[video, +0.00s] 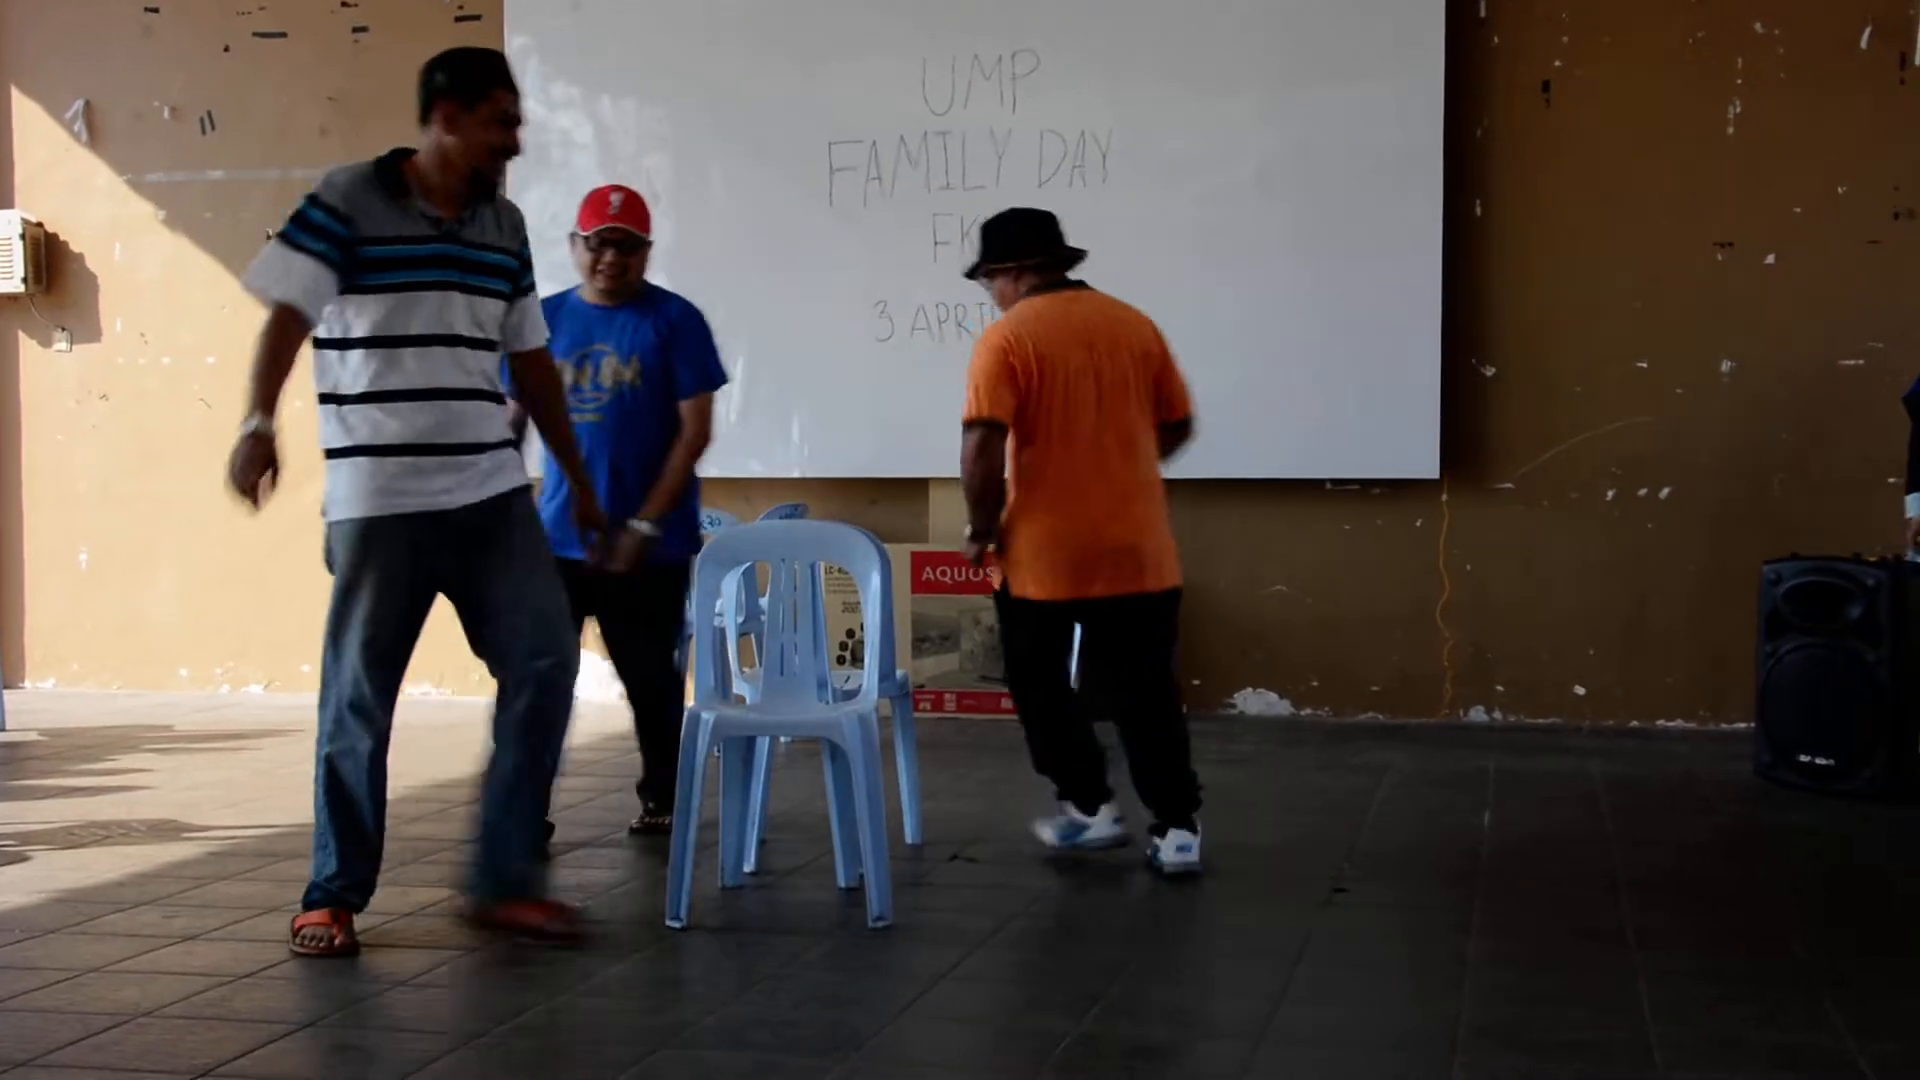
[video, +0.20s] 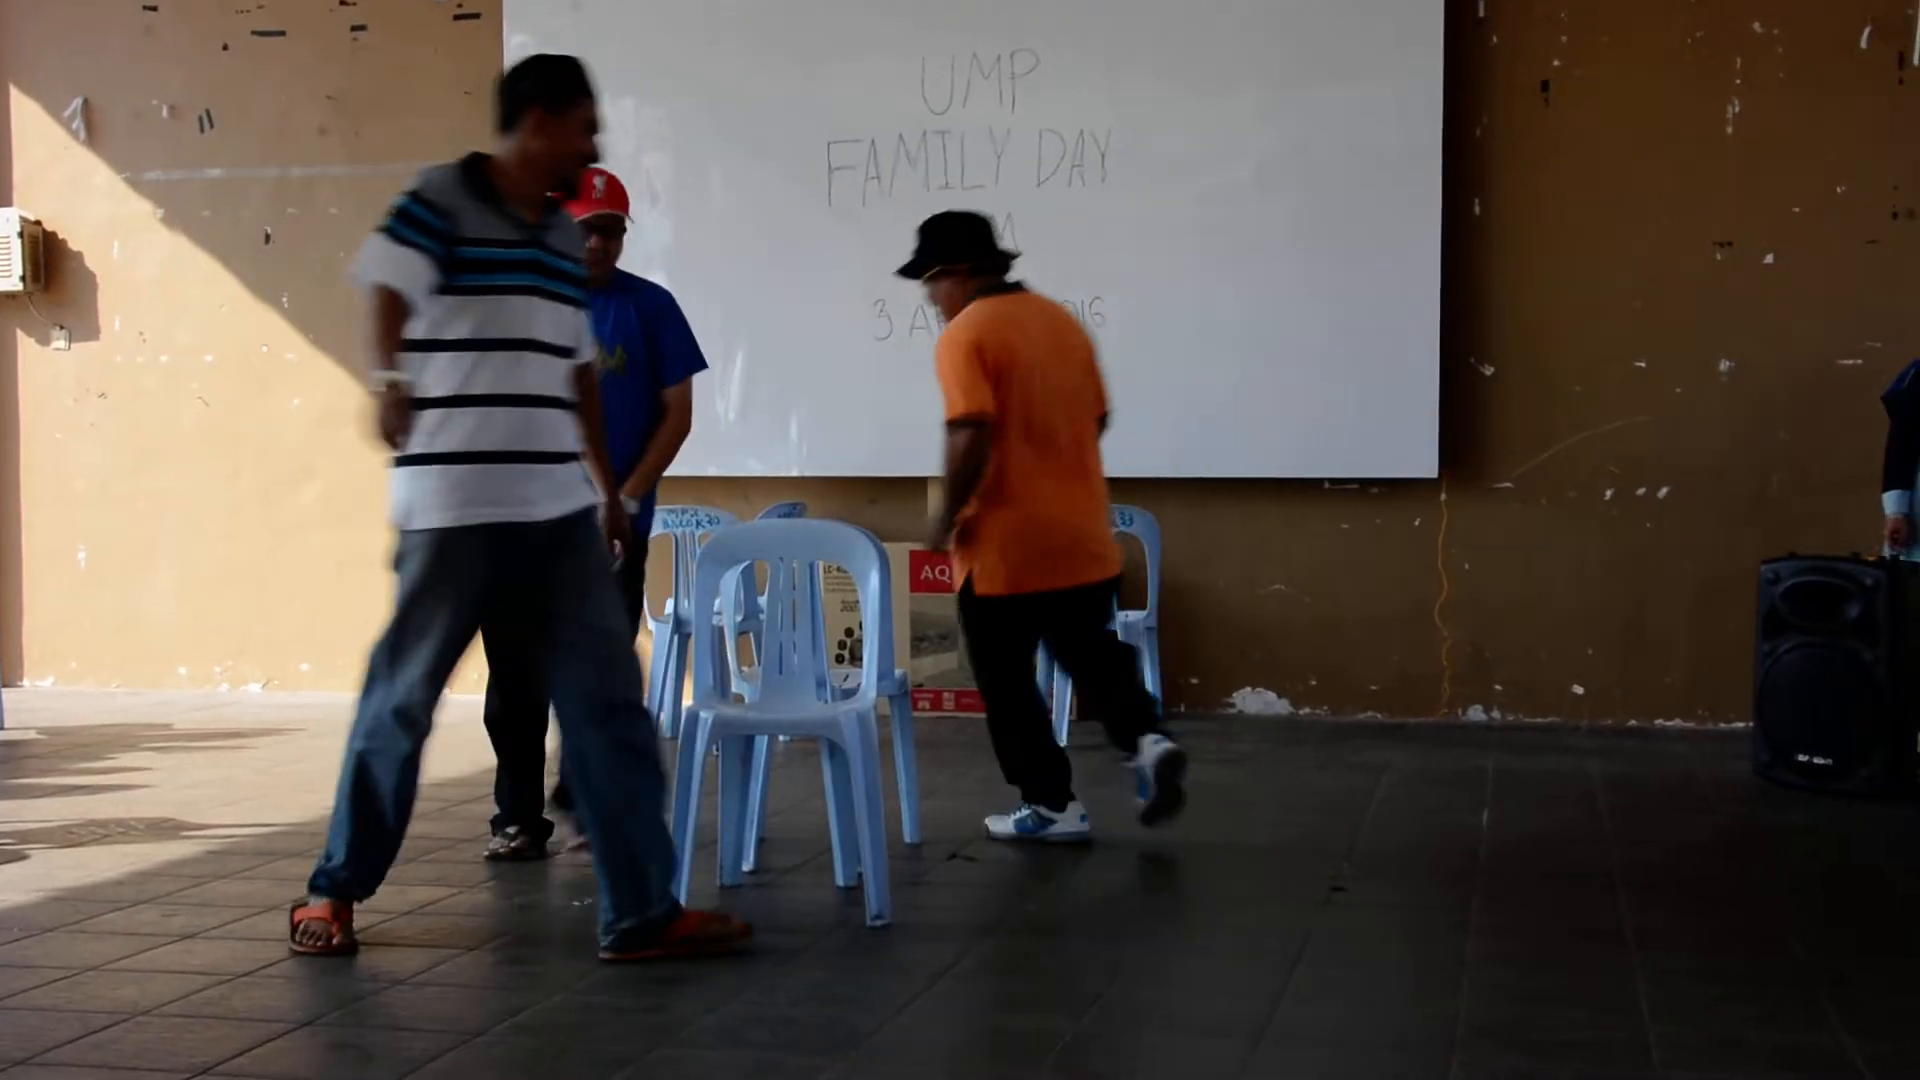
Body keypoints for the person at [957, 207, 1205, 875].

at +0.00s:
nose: (990, 294)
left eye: (991, 280)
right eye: (988, 281)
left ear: (1015, 273)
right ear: (1061, 266)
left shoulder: (1008, 337)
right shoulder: (1133, 323)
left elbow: (983, 450)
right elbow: (1177, 424)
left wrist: (981, 527)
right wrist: (1116, 462)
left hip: (1045, 547)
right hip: (1140, 543)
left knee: (1040, 686)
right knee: (1146, 689)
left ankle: (1087, 809)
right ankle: (1178, 830)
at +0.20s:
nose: (928, 296)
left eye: (930, 280)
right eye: (925, 281)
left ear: (959, 272)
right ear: (989, 268)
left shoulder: (964, 336)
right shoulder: (1061, 319)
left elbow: (971, 434)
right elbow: (1096, 414)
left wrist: (944, 518)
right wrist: (1042, 467)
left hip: (1006, 541)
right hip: (1084, 533)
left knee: (1005, 681)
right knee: (1090, 646)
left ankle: (1049, 805)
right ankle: (1147, 741)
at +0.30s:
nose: (899, 302)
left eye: (903, 287)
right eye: (896, 289)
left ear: (933, 277)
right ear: (961, 272)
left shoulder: (944, 338)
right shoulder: (1023, 322)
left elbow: (939, 441)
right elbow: (1069, 407)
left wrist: (887, 489)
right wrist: (1035, 473)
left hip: (981, 542)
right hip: (1045, 532)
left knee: (989, 679)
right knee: (1020, 652)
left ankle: (1046, 803)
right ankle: (1080, 757)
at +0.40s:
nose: (867, 292)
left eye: (872, 278)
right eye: (864, 280)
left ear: (903, 269)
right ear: (928, 264)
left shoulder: (916, 328)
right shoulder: (987, 311)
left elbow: (914, 428)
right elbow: (1036, 388)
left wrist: (854, 470)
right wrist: (1007, 454)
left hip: (952, 532)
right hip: (1008, 521)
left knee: (957, 665)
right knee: (976, 656)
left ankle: (1041, 781)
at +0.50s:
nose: (835, 305)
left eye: (842, 291)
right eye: (832, 294)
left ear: (875, 284)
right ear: (890, 284)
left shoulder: (897, 341)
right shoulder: (940, 329)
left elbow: (910, 439)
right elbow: (975, 412)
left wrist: (856, 506)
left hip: (924, 545)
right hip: (967, 538)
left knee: (913, 662)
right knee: (939, 660)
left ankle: (975, 759)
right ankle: (970, 770)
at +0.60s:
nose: (799, 306)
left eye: (806, 292)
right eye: (795, 294)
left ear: (841, 285)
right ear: (842, 288)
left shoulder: (876, 339)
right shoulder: (857, 339)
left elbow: (915, 434)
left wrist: (872, 518)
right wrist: (827, 475)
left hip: (895, 545)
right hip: (880, 539)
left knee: (900, 660)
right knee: (902, 660)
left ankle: (962, 770)